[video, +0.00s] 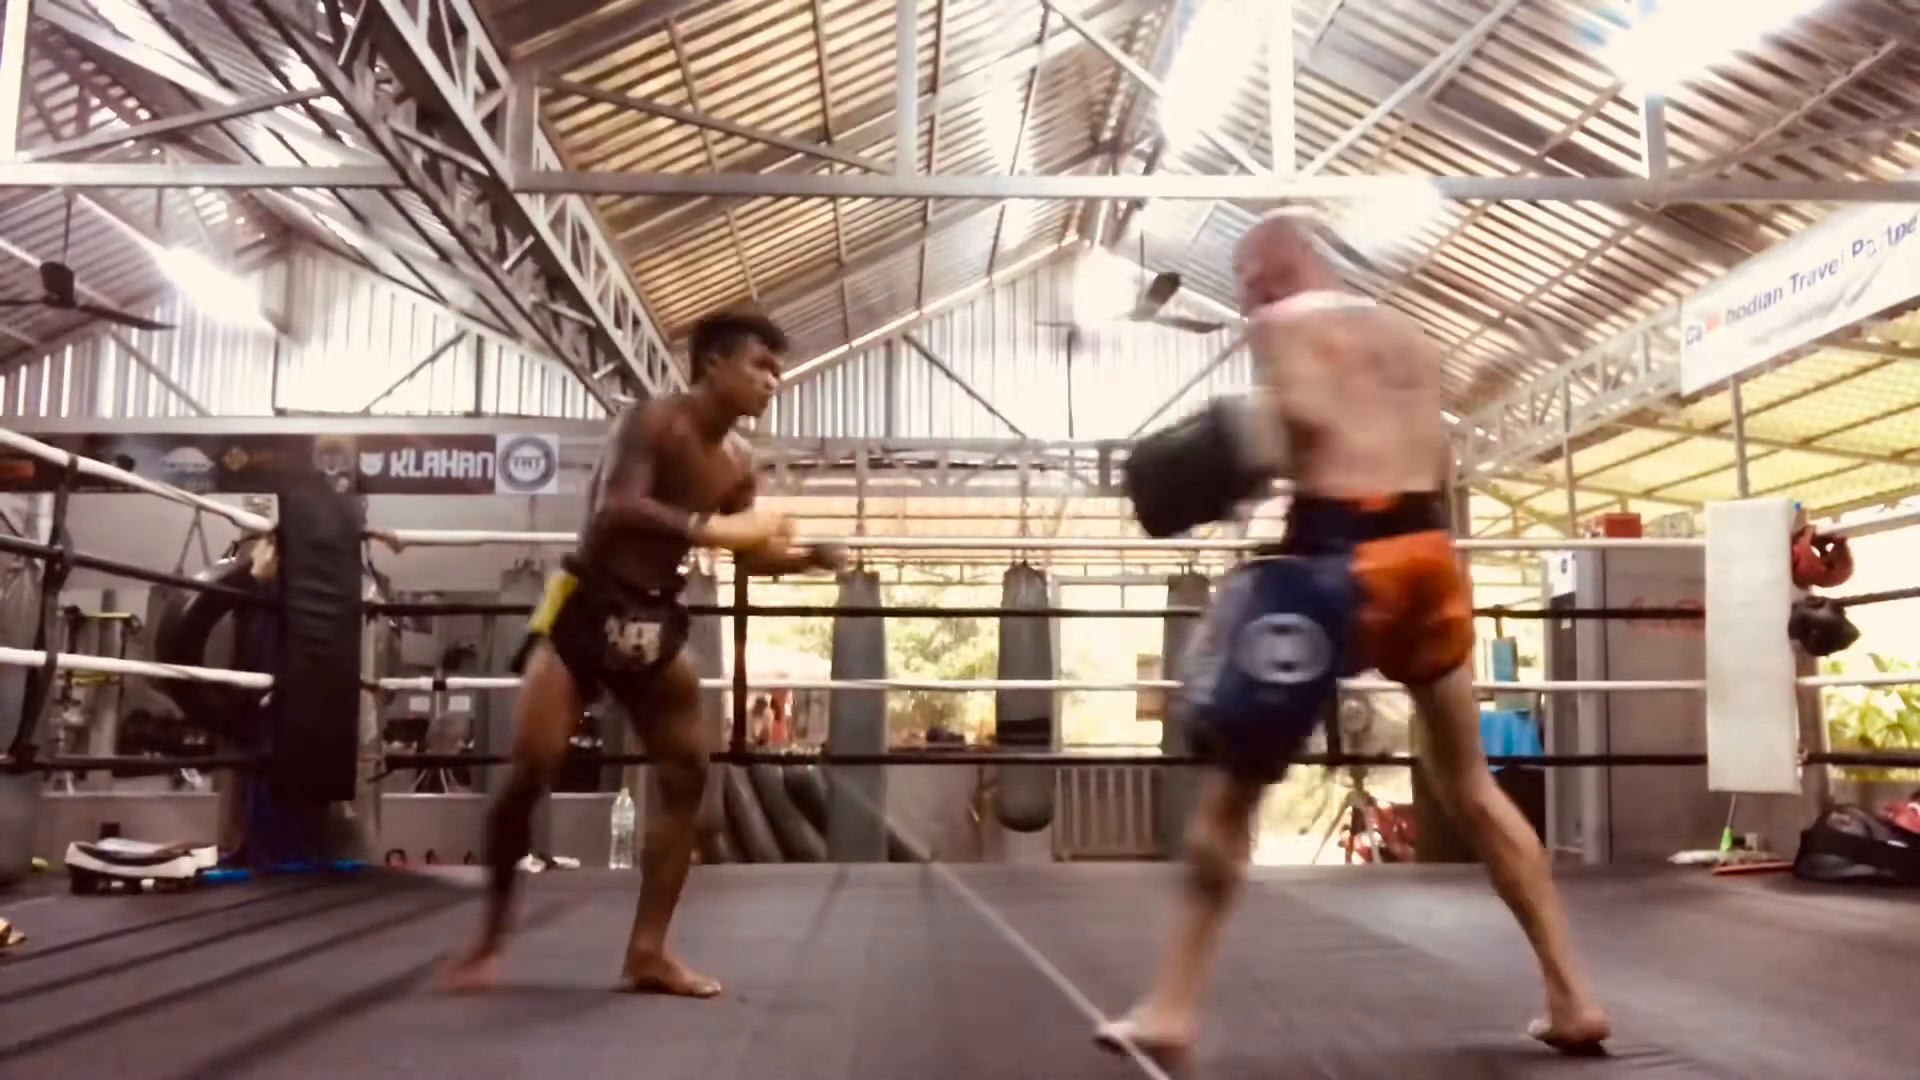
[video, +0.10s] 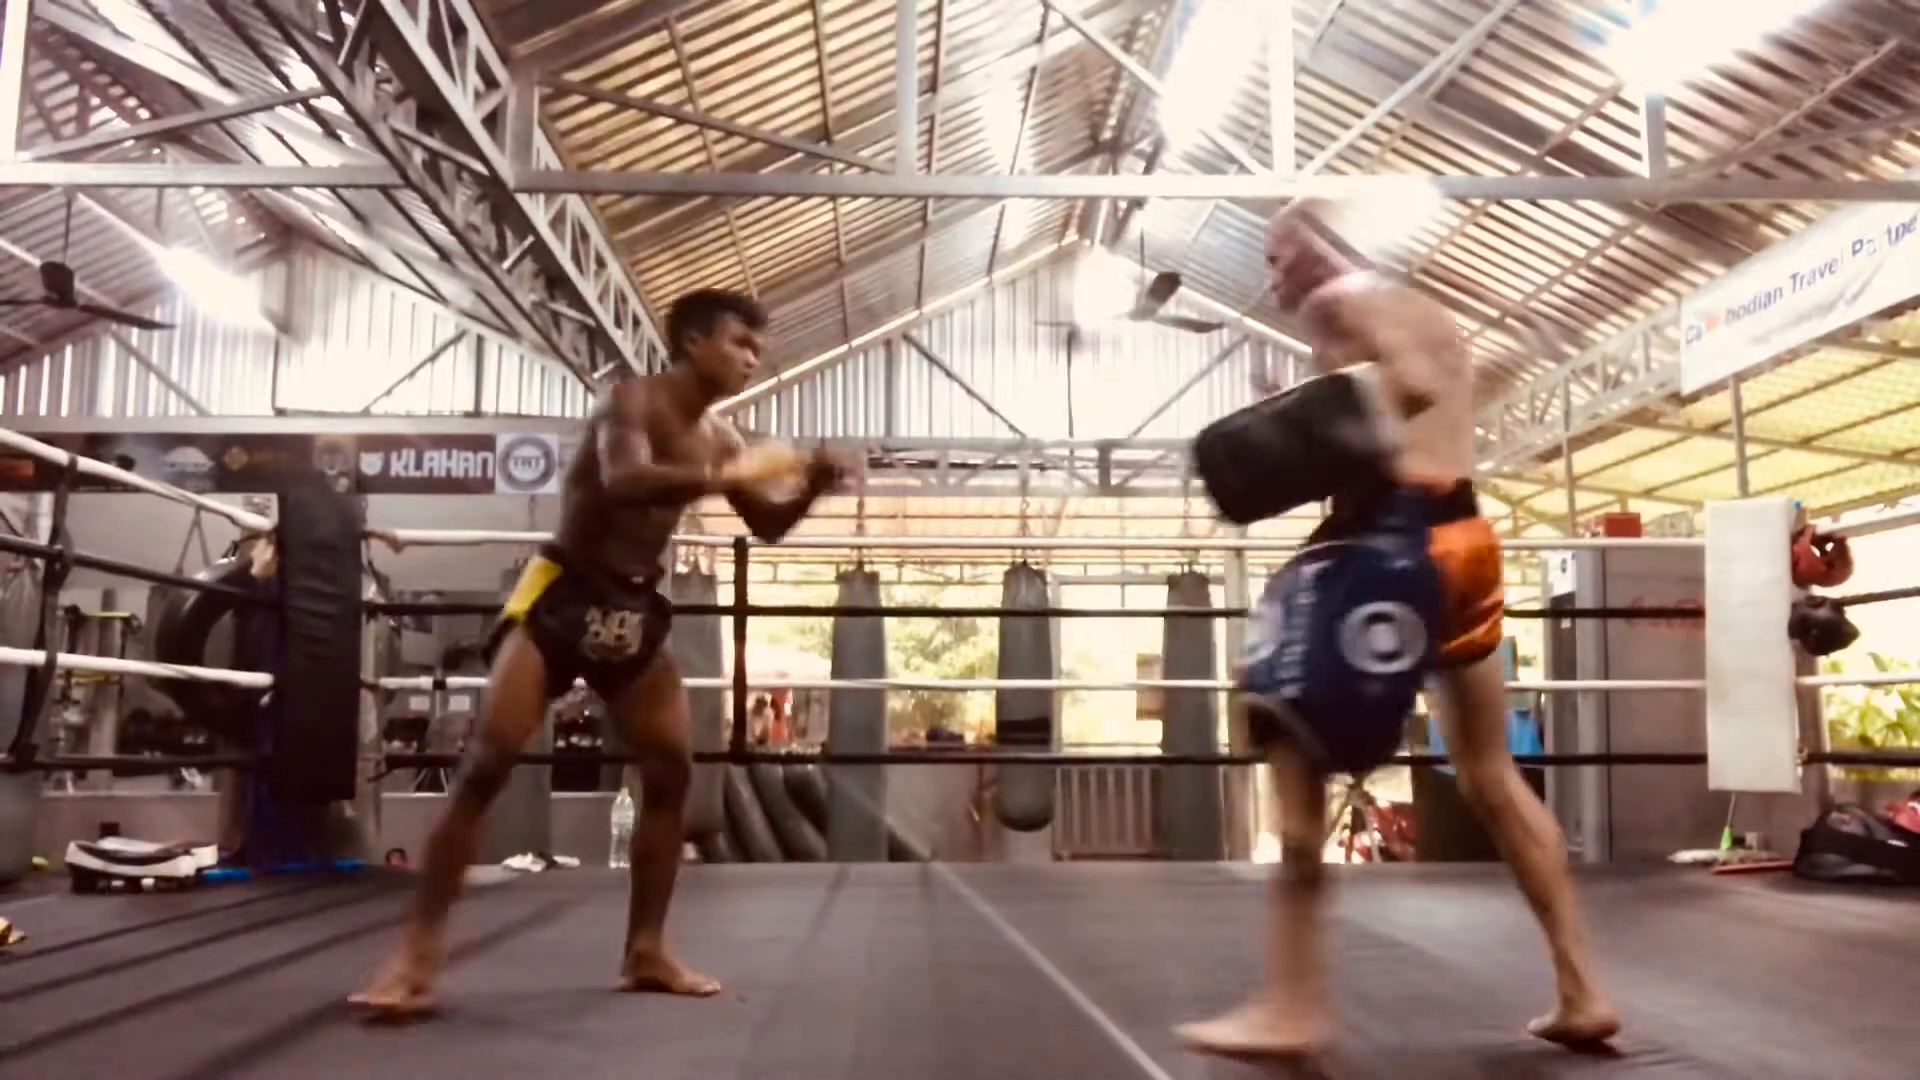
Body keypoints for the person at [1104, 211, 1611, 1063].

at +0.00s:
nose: (1252, 302)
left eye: (1254, 286)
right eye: (1249, 289)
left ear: (1285, 266)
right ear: (1317, 261)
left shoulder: (1284, 322)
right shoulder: (1410, 334)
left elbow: (1298, 430)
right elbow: (1429, 461)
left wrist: (1214, 454)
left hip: (1333, 562)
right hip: (1431, 551)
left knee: (1230, 797)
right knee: (1470, 788)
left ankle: (1171, 1011)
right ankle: (1573, 999)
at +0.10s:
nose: (1286, 287)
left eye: (1288, 268)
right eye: (1280, 273)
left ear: (1317, 249)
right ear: (1350, 247)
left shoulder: (1338, 303)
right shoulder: (1436, 313)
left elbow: (1411, 386)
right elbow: (1454, 396)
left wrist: (1316, 422)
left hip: (1385, 547)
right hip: (1468, 538)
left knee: (1295, 755)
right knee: (1494, 776)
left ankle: (1292, 1002)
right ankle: (1582, 994)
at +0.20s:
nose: (1294, 264)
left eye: (1301, 244)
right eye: (1292, 249)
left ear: (1341, 232)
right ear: (1361, 232)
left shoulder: (1390, 289)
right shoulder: (1407, 297)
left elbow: (1472, 362)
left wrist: (1379, 410)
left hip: (1434, 524)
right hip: (1482, 522)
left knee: (1334, 704)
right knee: (1511, 766)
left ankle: (1427, 1003)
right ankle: (1599, 988)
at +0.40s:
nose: (1295, 274)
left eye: (1300, 252)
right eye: (1291, 257)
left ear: (1339, 239)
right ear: (1353, 235)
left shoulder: (1403, 284)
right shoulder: (1425, 293)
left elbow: (1508, 357)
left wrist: (1404, 416)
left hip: (1479, 532)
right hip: (1517, 532)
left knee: (1456, 774)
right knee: (1535, 773)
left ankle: (1500, 1024)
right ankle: (1625, 987)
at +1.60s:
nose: (1347, 308)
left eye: (1351, 290)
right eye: (1343, 295)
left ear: (1391, 275)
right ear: (1412, 270)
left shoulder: (1441, 313)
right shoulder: (1494, 326)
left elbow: (1457, 417)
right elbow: (1451, 473)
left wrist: (1379, 386)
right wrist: (1344, 517)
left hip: (1511, 546)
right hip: (1570, 547)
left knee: (1398, 750)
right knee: (1591, 791)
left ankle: (1478, 995)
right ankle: (1674, 992)